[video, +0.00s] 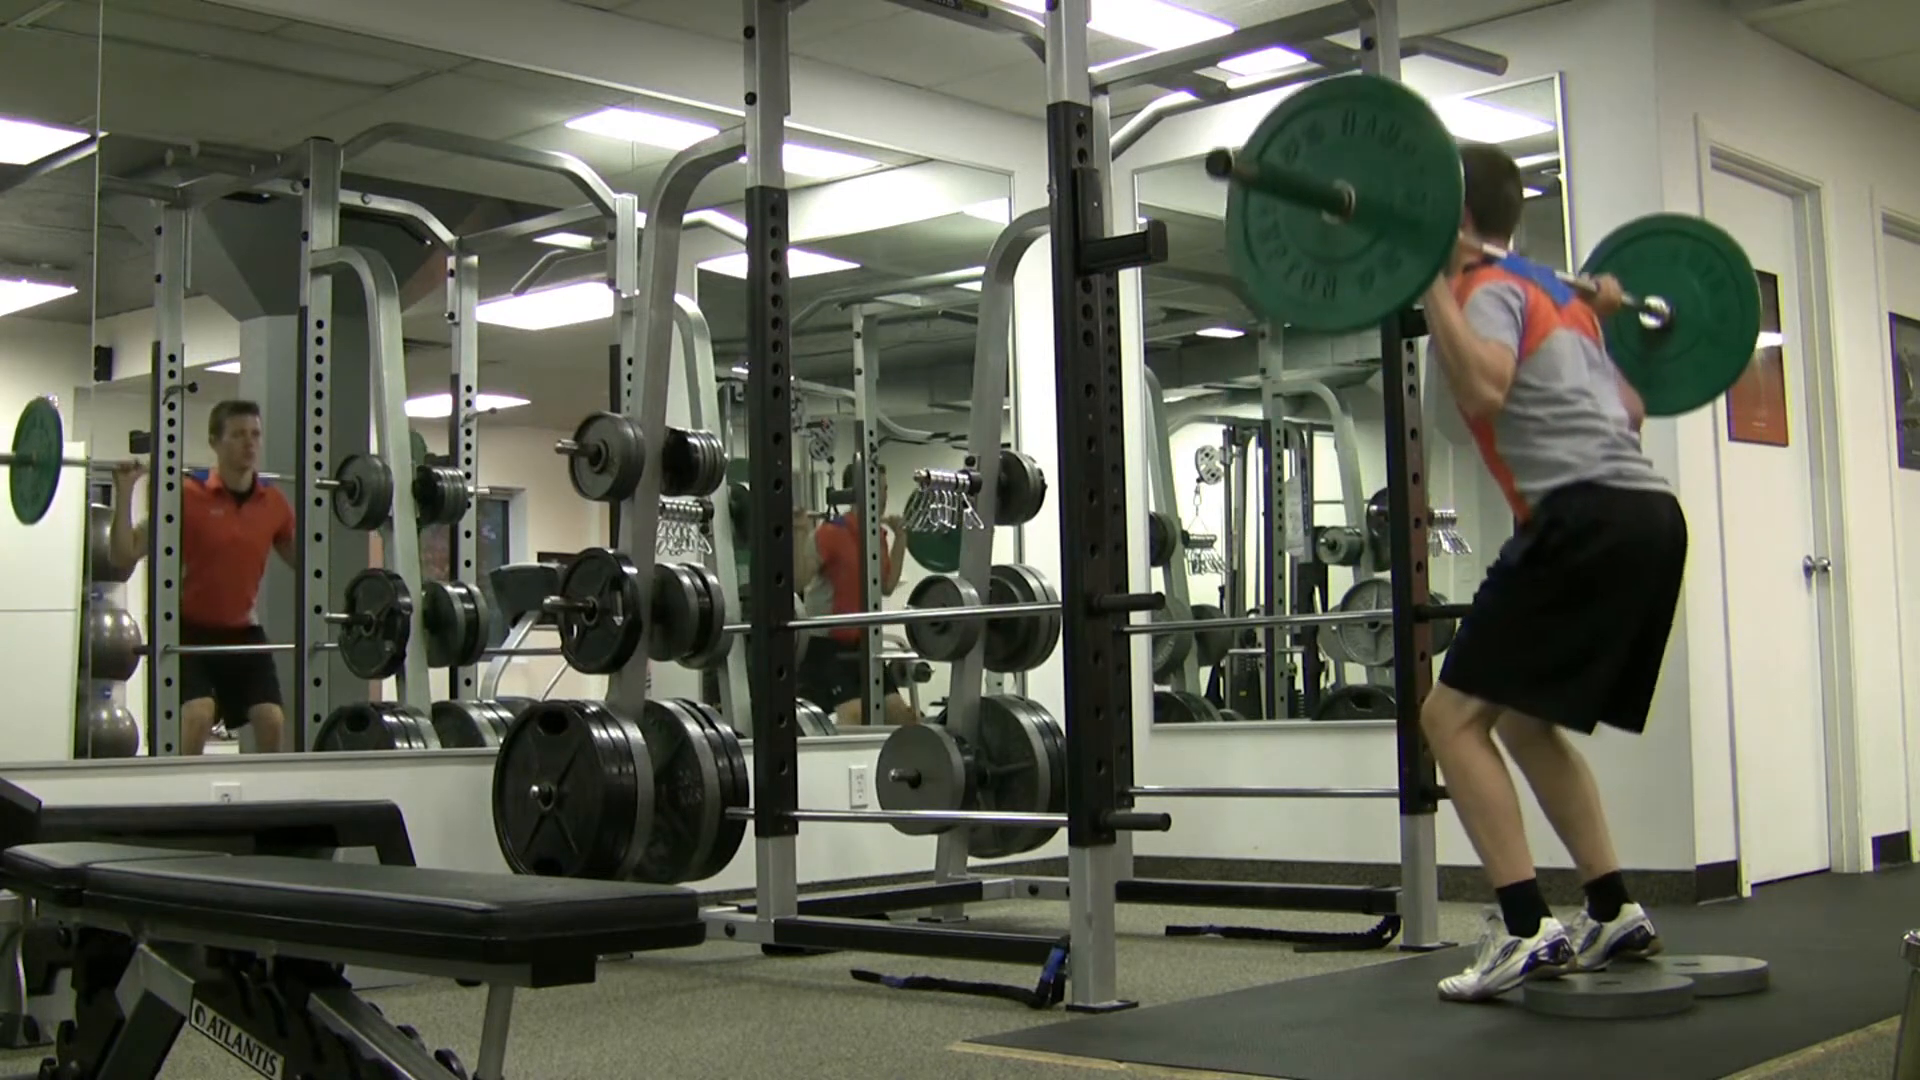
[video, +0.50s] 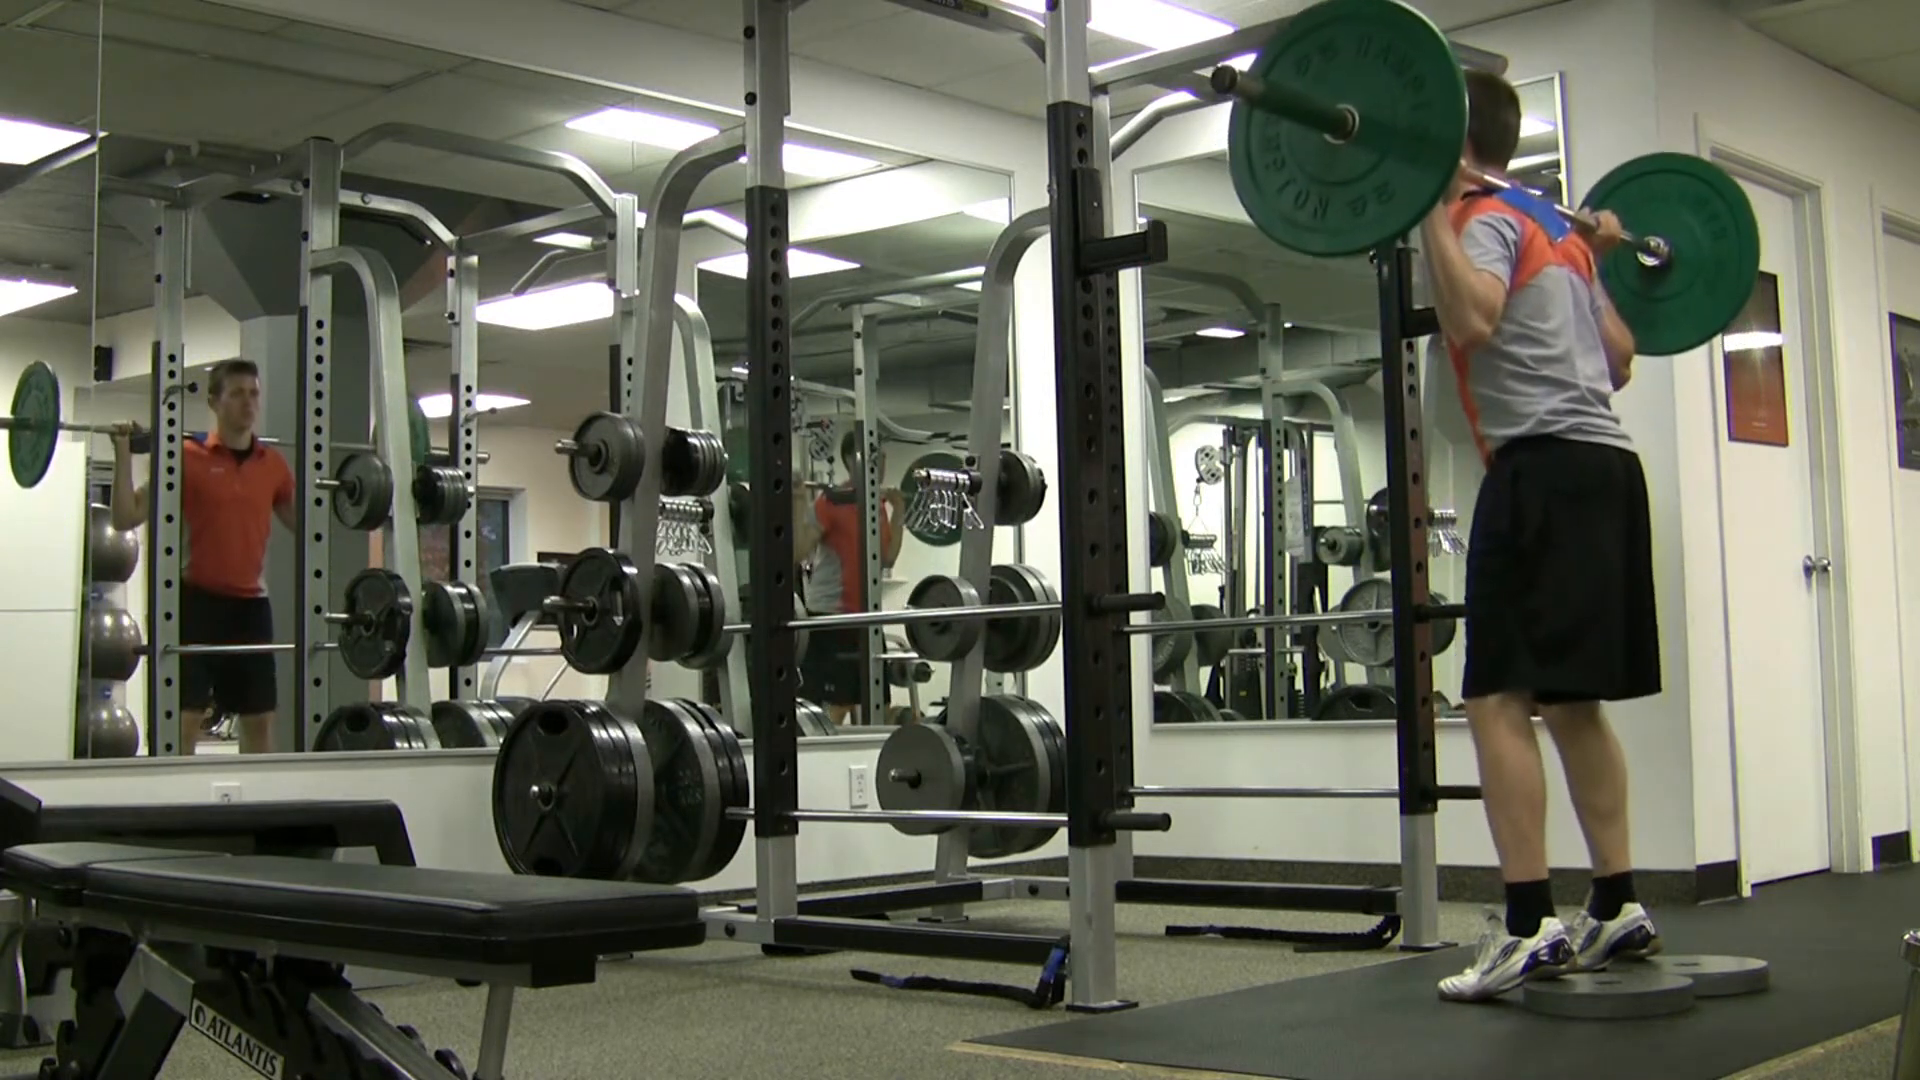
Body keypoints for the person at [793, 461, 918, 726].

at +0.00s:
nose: (885, 495)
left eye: (885, 488)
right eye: (879, 488)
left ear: (882, 492)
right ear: (861, 491)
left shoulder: (877, 534)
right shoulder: (832, 531)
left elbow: (887, 585)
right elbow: (800, 580)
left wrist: (900, 538)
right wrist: (800, 533)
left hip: (867, 642)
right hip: (835, 644)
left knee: (903, 718)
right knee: (853, 721)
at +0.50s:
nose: (874, 465)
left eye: (877, 457)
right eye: (865, 457)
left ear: (882, 460)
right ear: (849, 459)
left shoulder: (875, 505)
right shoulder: (830, 502)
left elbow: (888, 557)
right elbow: (799, 554)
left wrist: (898, 512)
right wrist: (798, 503)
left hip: (865, 613)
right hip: (833, 614)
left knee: (868, 704)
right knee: (838, 703)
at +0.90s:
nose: (871, 462)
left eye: (876, 454)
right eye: (863, 454)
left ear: (881, 457)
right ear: (849, 457)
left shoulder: (875, 502)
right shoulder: (830, 498)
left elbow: (888, 555)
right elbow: (798, 551)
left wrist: (897, 508)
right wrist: (798, 501)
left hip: (868, 611)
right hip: (833, 612)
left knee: (868, 702)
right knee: (827, 701)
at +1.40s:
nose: (873, 472)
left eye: (878, 463)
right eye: (864, 463)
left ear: (884, 466)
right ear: (849, 466)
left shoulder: (876, 511)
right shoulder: (833, 505)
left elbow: (888, 564)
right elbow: (802, 557)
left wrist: (897, 518)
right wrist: (799, 507)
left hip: (867, 617)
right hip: (833, 618)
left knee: (880, 707)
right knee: (840, 707)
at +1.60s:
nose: (883, 484)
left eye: (885, 477)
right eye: (876, 477)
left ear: (885, 480)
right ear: (854, 480)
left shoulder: (877, 525)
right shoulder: (834, 522)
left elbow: (888, 578)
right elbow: (802, 573)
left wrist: (899, 529)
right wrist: (800, 525)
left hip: (867, 632)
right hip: (832, 633)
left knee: (901, 716)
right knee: (848, 718)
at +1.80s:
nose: (882, 503)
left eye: (885, 496)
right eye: (875, 496)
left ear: (888, 500)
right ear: (855, 501)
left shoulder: (880, 544)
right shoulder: (834, 541)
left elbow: (889, 595)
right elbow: (804, 588)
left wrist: (901, 544)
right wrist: (801, 542)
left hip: (869, 649)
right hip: (833, 649)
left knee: (906, 719)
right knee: (854, 723)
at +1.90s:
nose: (883, 512)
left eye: (885, 506)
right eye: (875, 506)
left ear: (888, 510)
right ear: (854, 511)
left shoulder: (881, 552)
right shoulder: (835, 549)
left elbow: (889, 603)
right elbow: (807, 594)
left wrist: (902, 555)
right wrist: (801, 552)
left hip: (872, 653)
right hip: (841, 654)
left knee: (907, 719)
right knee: (854, 722)